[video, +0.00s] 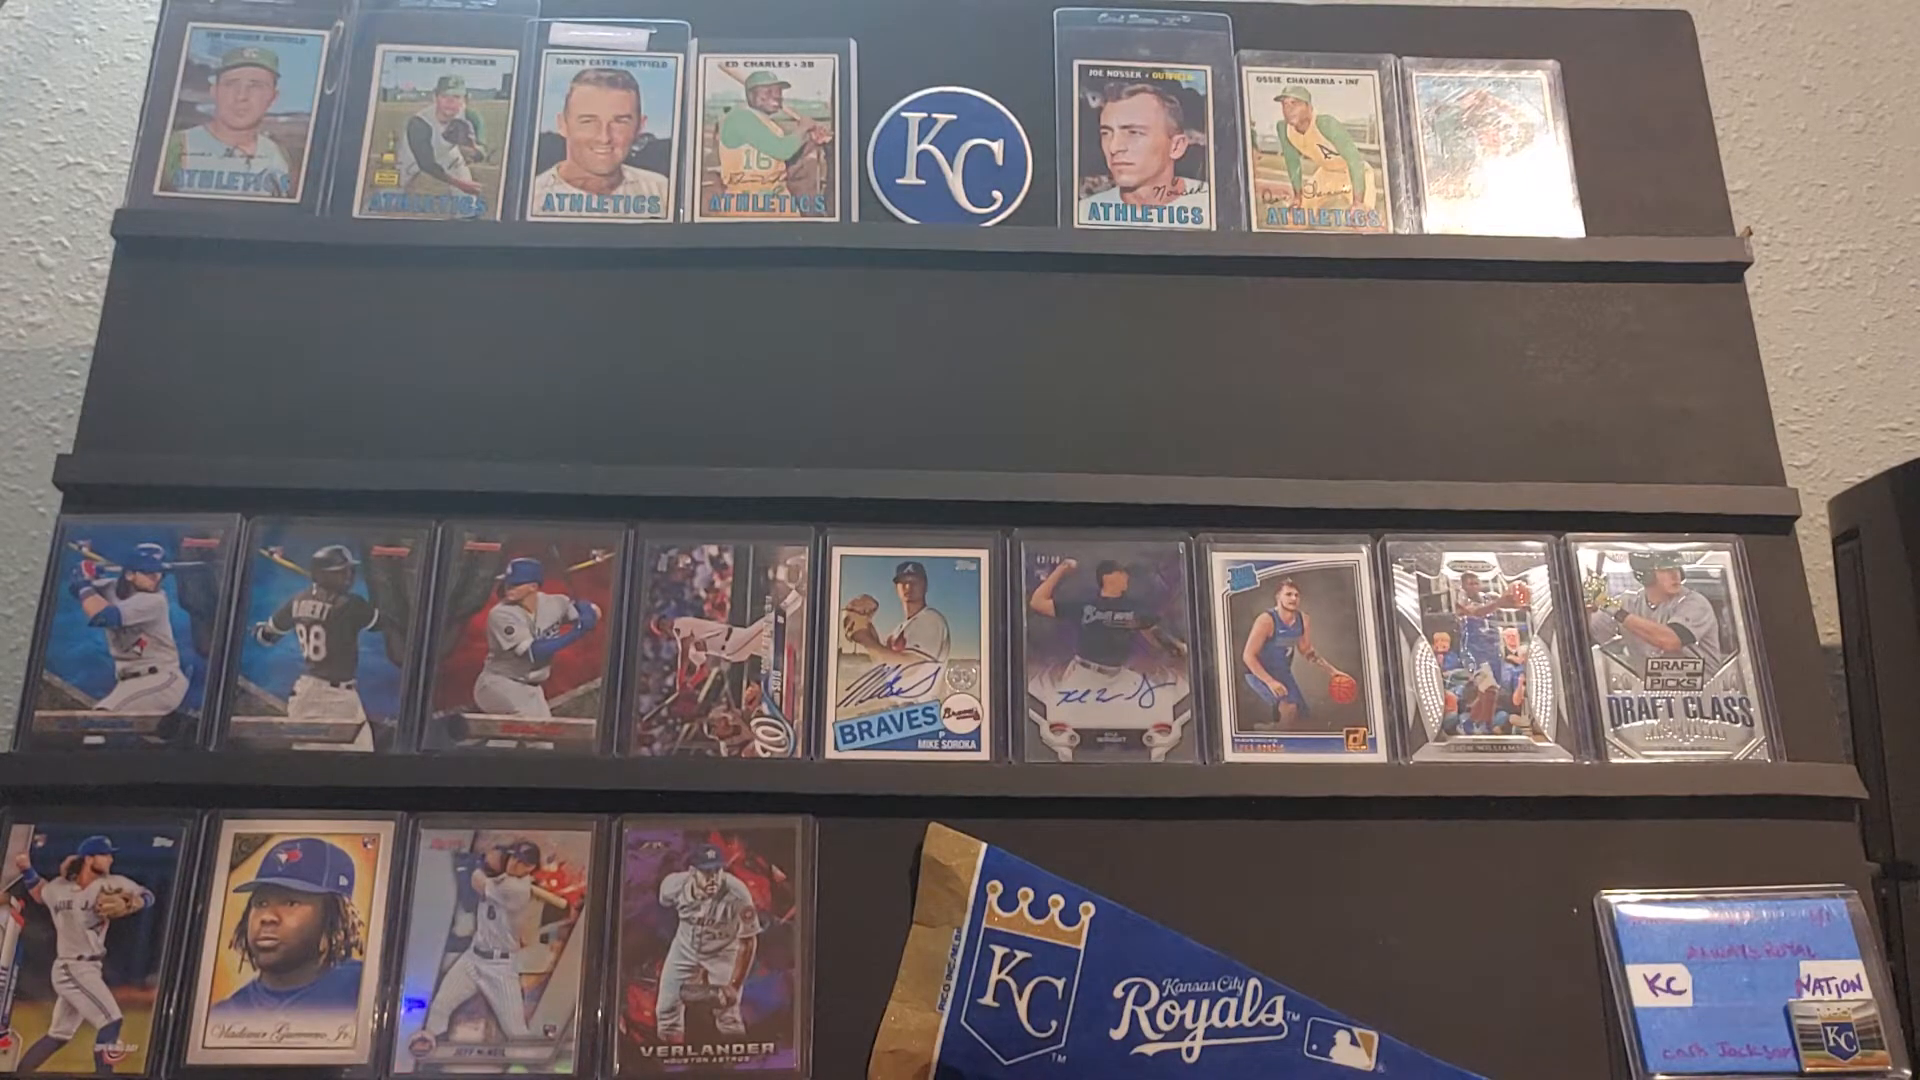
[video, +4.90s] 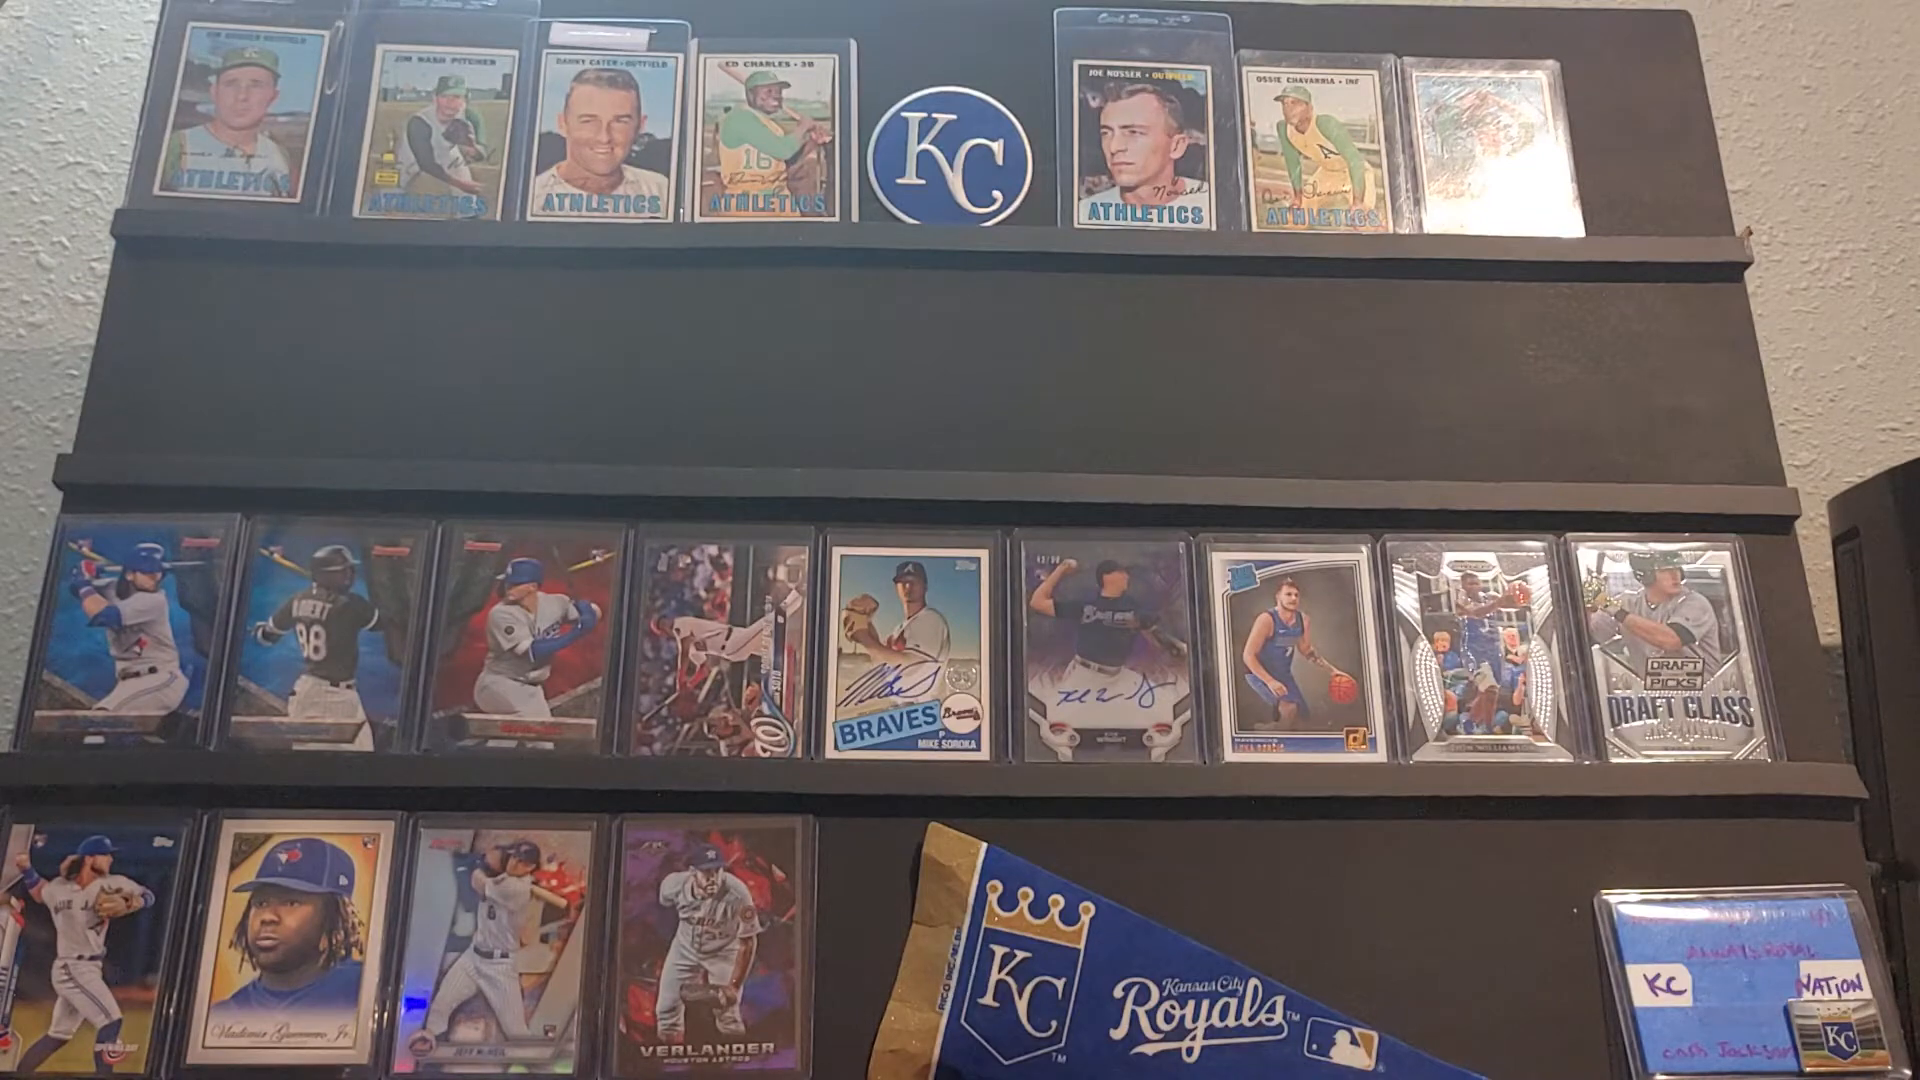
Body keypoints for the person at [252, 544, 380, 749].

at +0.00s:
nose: (350, 577)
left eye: (350, 571)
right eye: (346, 572)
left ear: (320, 575)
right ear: (334, 575)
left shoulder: (299, 601)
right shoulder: (351, 605)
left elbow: (267, 637)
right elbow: (385, 622)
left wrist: (259, 631)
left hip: (306, 694)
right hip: (342, 697)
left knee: (305, 765)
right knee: (360, 766)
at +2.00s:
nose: (352, 576)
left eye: (351, 570)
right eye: (348, 571)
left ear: (320, 574)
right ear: (336, 574)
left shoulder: (298, 601)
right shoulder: (351, 605)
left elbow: (267, 637)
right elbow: (384, 622)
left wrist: (260, 630)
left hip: (305, 692)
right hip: (341, 697)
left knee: (307, 764)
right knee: (359, 765)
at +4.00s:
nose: (351, 576)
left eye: (351, 571)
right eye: (347, 571)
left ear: (320, 575)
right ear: (336, 575)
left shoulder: (298, 600)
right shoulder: (351, 605)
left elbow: (268, 637)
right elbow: (387, 620)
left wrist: (259, 630)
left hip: (305, 694)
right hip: (341, 698)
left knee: (305, 765)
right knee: (361, 767)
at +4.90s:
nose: (351, 576)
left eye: (351, 570)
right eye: (347, 570)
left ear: (320, 574)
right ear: (335, 574)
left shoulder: (299, 600)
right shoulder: (352, 605)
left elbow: (267, 637)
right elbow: (385, 622)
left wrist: (259, 630)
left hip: (306, 692)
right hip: (341, 696)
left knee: (306, 765)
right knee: (359, 765)